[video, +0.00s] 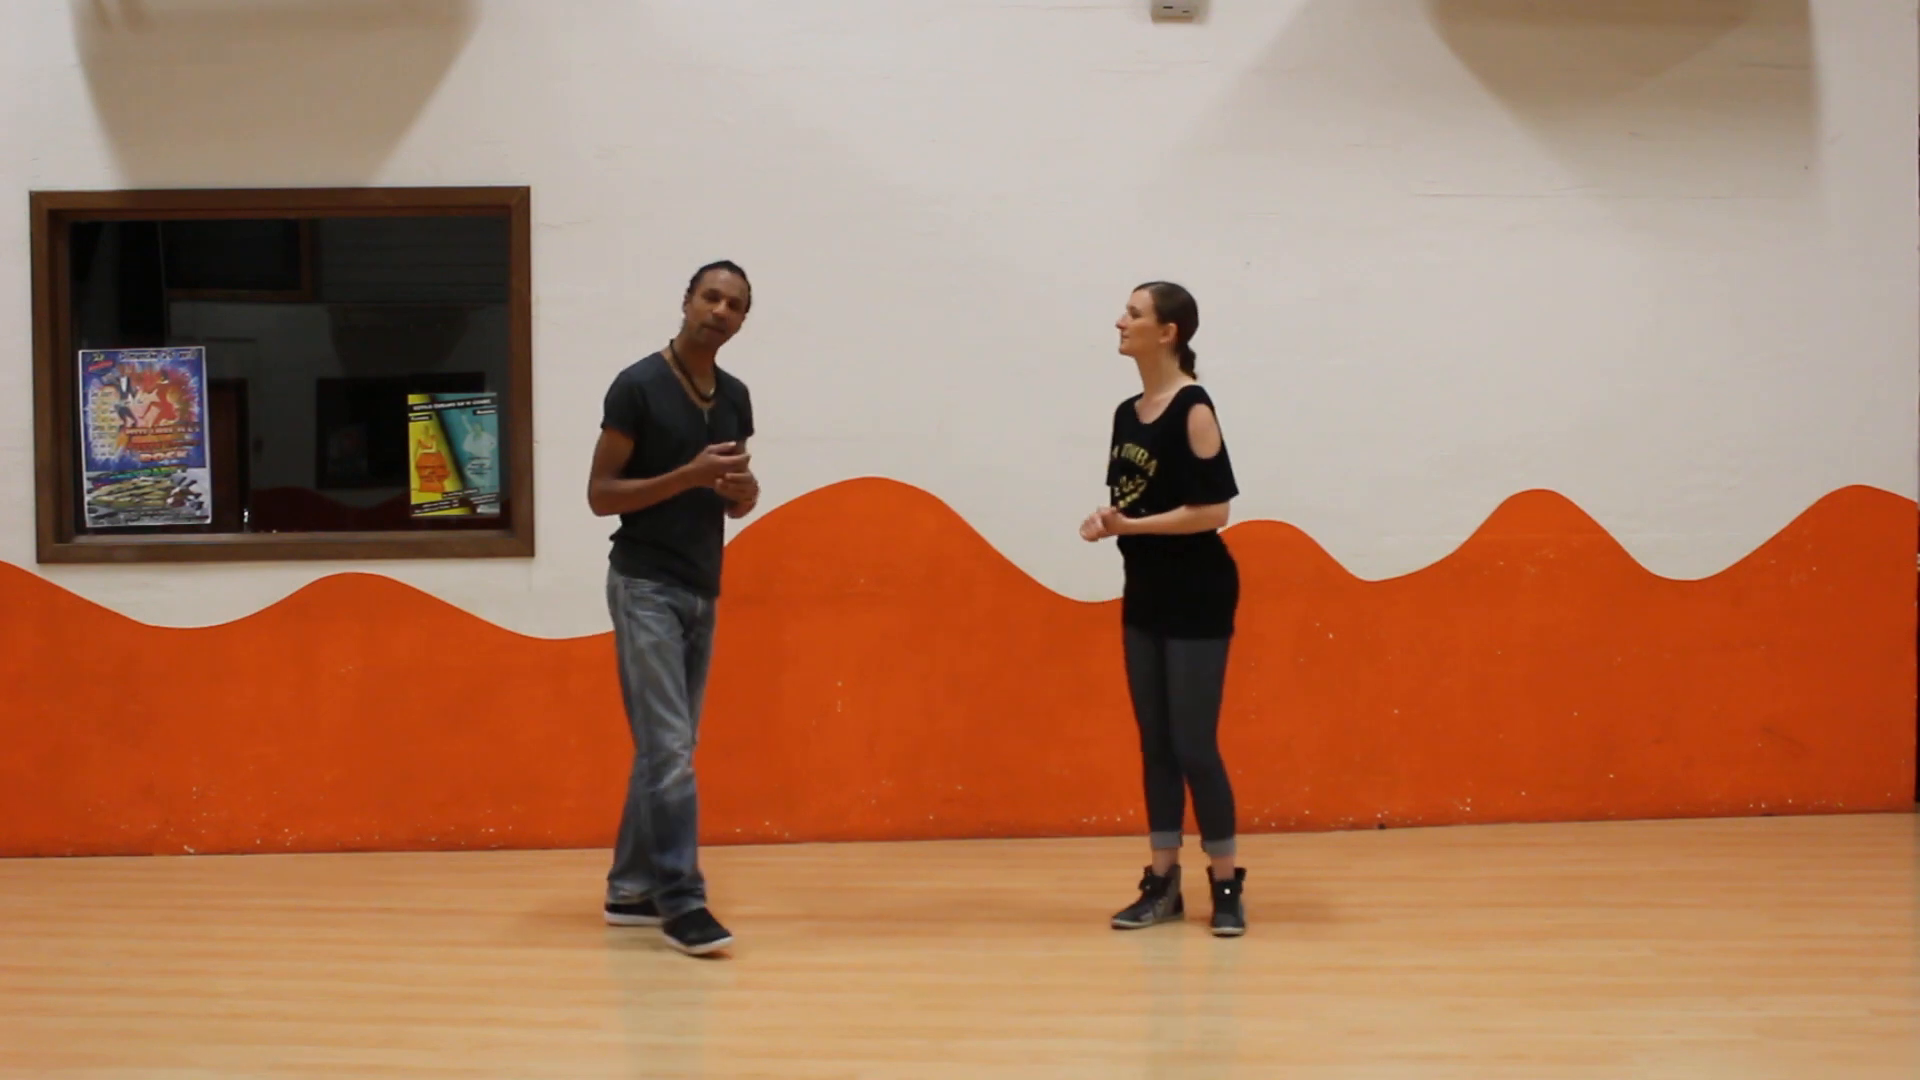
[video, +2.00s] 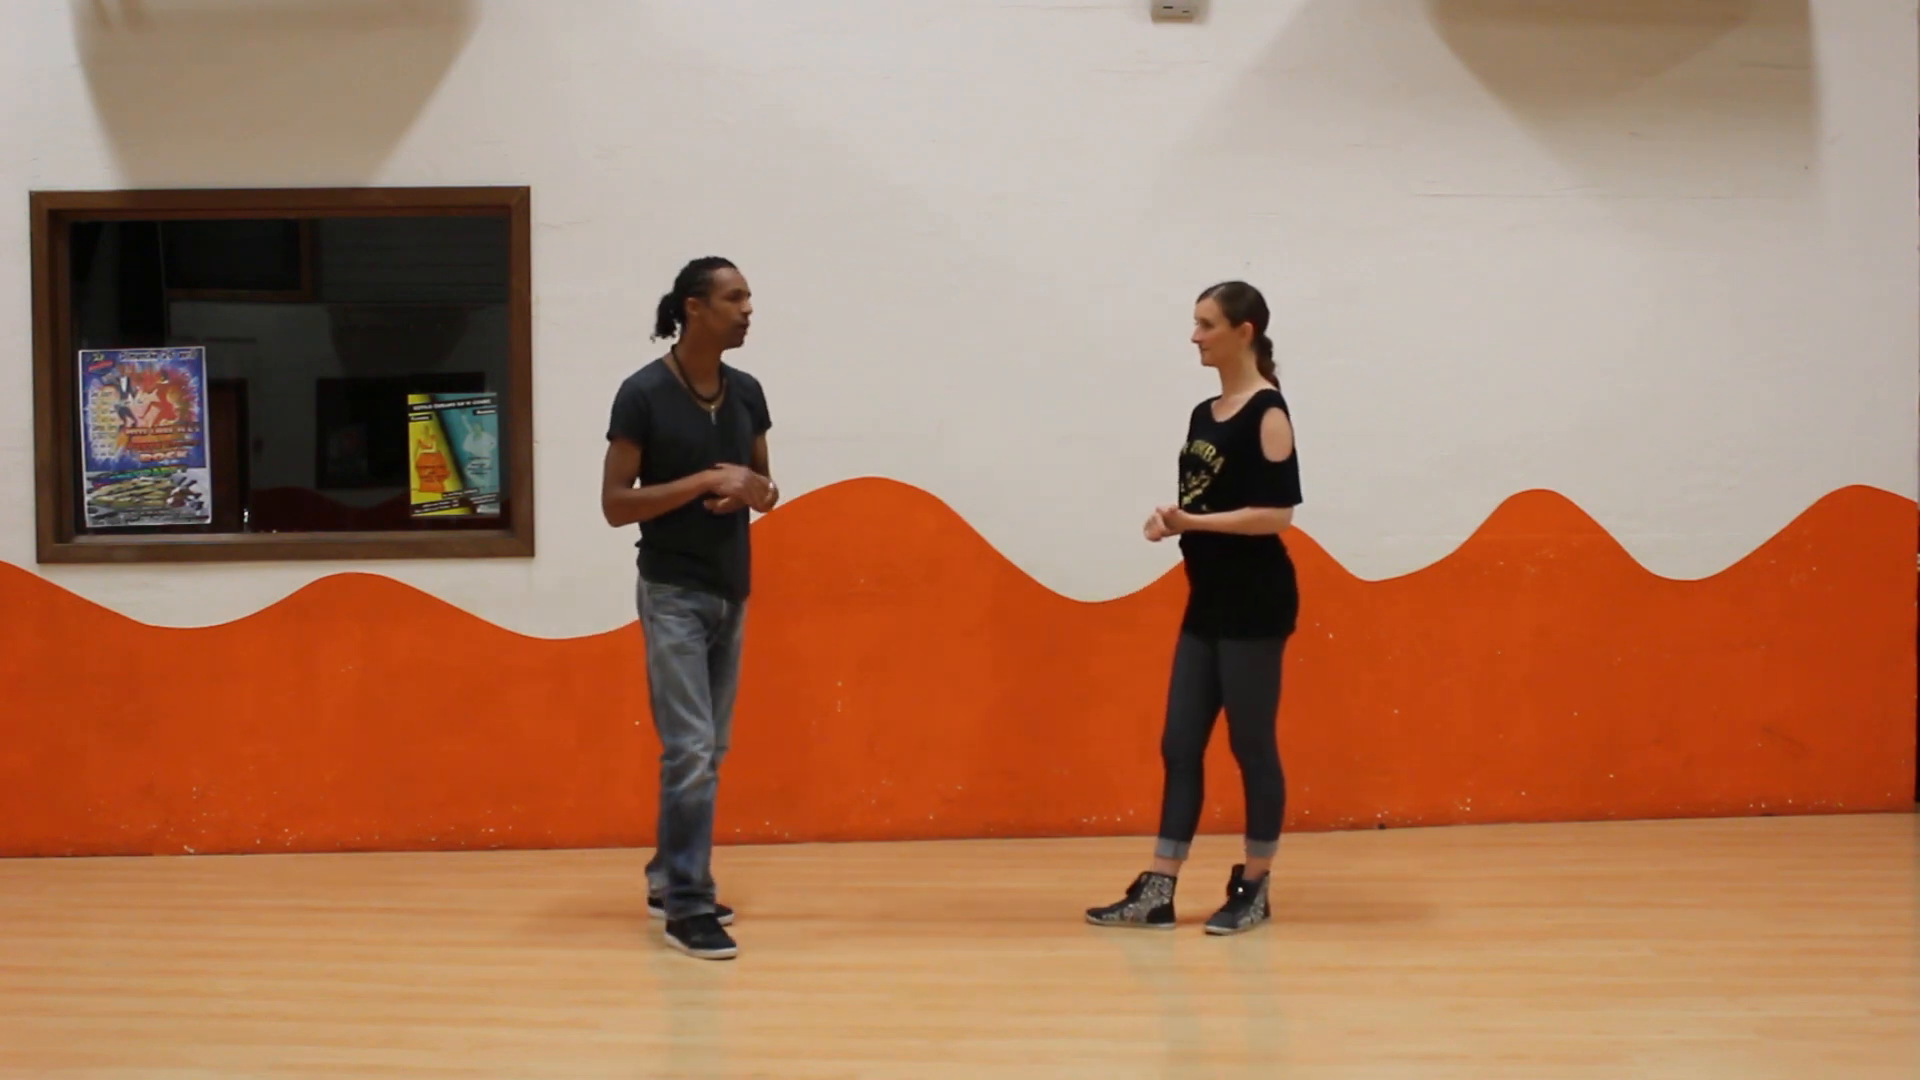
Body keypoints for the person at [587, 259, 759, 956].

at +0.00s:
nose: (722, 312)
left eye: (735, 306)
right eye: (713, 297)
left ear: (742, 322)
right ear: (685, 301)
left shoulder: (732, 397)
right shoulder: (638, 385)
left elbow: (741, 502)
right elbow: (600, 495)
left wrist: (737, 480)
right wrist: (690, 476)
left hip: (699, 589)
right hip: (644, 584)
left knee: (672, 744)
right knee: (669, 743)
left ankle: (631, 886)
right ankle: (684, 903)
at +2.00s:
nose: (748, 310)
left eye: (747, 299)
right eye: (735, 299)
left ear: (727, 312)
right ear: (692, 310)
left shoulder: (744, 391)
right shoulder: (643, 393)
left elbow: (766, 490)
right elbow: (616, 505)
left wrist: (749, 489)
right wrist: (703, 482)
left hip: (729, 594)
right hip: (671, 594)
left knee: (709, 746)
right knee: (691, 748)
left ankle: (671, 879)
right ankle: (691, 905)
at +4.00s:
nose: (709, 320)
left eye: (722, 308)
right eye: (697, 307)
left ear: (736, 312)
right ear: (674, 308)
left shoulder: (755, 383)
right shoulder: (643, 392)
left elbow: (769, 481)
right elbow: (615, 507)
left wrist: (769, 478)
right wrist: (696, 475)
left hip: (738, 590)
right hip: (676, 591)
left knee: (723, 752)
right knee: (690, 751)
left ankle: (682, 874)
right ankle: (696, 899)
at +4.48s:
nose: (781, 328)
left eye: (784, 315)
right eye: (773, 314)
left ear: (742, 313)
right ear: (730, 309)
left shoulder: (747, 384)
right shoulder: (673, 390)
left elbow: (723, 487)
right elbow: (660, 510)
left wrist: (761, 482)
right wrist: (744, 483)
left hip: (741, 592)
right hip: (683, 594)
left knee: (767, 742)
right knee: (692, 753)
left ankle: (779, 887)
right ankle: (694, 901)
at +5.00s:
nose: (833, 300)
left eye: (832, 290)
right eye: (820, 288)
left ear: (805, 303)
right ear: (776, 297)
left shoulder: (816, 392)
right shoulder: (727, 384)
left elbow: (802, 490)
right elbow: (704, 496)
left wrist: (829, 481)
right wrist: (793, 475)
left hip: (802, 591)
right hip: (743, 590)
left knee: (802, 747)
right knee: (733, 750)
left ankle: (800, 890)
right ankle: (697, 898)